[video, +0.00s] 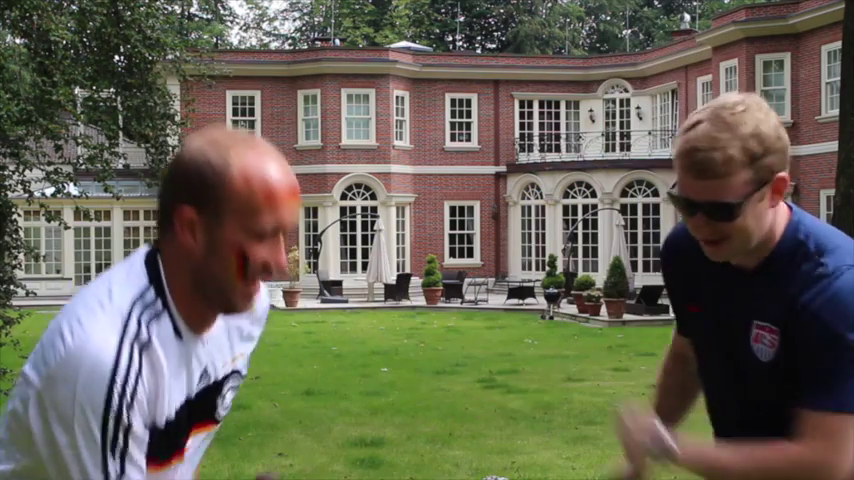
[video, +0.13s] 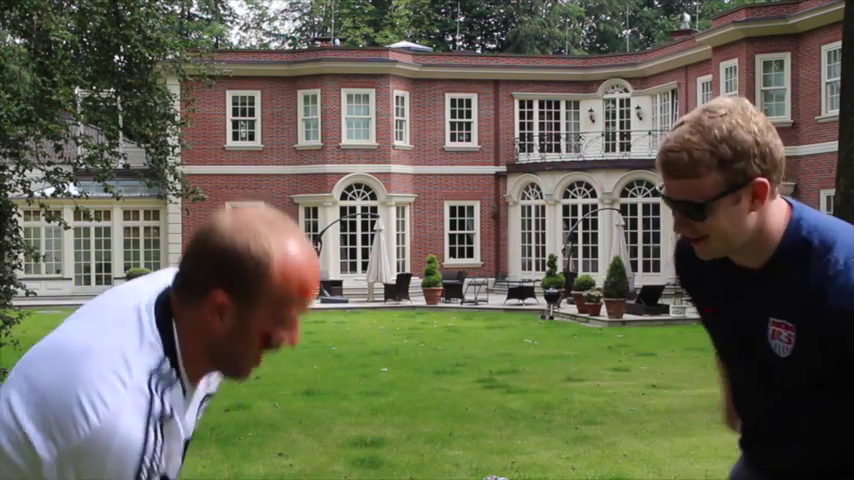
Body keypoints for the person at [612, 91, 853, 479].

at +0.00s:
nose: (700, 225)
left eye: (720, 211)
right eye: (686, 205)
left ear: (776, 192)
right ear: (677, 189)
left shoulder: (833, 283)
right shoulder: (683, 252)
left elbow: (829, 459)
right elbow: (687, 353)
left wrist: (675, 449)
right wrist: (651, 444)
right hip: (742, 467)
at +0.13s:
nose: (680, 226)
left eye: (694, 209)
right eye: (671, 206)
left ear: (757, 194)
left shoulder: (839, 270)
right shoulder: (692, 255)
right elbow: (726, 333)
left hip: (838, 461)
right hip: (763, 456)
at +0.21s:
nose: (686, 232)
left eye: (699, 216)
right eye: (680, 213)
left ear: (762, 200)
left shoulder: (840, 270)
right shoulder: (713, 255)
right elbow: (747, 333)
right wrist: (740, 399)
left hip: (840, 462)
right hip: (779, 458)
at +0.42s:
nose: (730, 233)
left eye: (743, 217)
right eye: (724, 216)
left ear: (803, 206)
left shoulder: (849, 256)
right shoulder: (759, 260)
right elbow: (743, 350)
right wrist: (672, 444)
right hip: (835, 457)